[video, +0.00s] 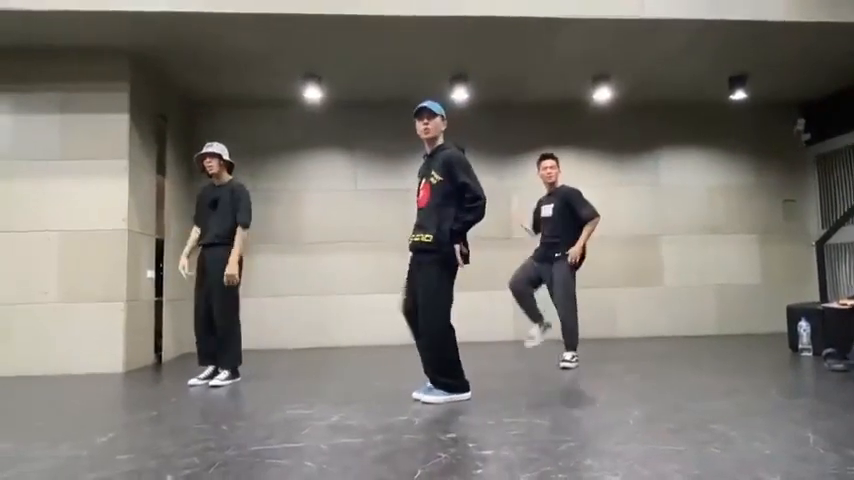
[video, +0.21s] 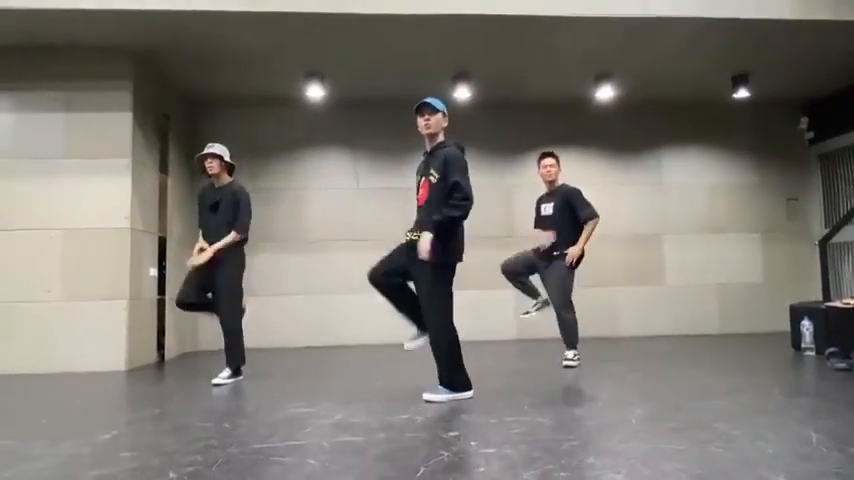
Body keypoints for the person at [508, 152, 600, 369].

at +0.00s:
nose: (549, 172)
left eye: (552, 167)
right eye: (545, 168)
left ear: (559, 170)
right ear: (539, 173)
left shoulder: (570, 194)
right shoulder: (542, 202)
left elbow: (593, 218)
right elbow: (539, 231)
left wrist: (579, 246)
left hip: (562, 258)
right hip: (541, 257)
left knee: (565, 305)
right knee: (517, 284)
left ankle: (570, 352)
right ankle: (540, 324)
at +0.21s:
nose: (549, 170)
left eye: (553, 166)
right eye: (545, 167)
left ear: (559, 169)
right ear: (539, 172)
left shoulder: (569, 193)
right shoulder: (541, 201)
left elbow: (592, 219)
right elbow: (542, 229)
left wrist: (579, 247)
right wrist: (542, 244)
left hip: (562, 256)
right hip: (541, 253)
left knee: (561, 303)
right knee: (509, 268)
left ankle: (571, 350)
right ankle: (540, 299)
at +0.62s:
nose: (539, 167)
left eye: (543, 163)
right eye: (535, 164)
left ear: (549, 168)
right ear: (530, 169)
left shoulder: (561, 194)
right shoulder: (524, 195)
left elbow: (583, 221)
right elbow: (518, 220)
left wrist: (571, 246)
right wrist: (541, 205)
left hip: (556, 256)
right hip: (531, 258)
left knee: (565, 303)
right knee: (521, 302)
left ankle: (577, 348)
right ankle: (517, 346)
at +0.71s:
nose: (536, 168)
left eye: (540, 165)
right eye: (532, 165)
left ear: (547, 169)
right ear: (527, 169)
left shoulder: (559, 194)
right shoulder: (522, 194)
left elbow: (580, 221)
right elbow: (516, 220)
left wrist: (568, 246)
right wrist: (537, 204)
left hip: (554, 255)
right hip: (529, 257)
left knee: (565, 302)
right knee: (519, 301)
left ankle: (577, 347)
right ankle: (516, 346)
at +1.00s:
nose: (511, 175)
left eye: (515, 171)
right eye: (507, 172)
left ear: (523, 174)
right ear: (503, 178)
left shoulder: (539, 196)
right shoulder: (506, 205)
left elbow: (555, 225)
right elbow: (506, 235)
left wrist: (547, 251)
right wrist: (514, 222)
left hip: (536, 255)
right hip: (514, 257)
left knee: (536, 303)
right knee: (505, 301)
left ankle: (571, 337)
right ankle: (513, 346)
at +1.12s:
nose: (509, 170)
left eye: (513, 166)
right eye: (506, 167)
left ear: (522, 169)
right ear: (502, 172)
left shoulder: (533, 186)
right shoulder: (505, 199)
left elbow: (550, 212)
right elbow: (505, 229)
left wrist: (543, 241)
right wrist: (509, 211)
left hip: (533, 248)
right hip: (513, 249)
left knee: (527, 297)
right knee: (508, 297)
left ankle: (565, 330)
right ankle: (514, 344)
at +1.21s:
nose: (509, 169)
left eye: (513, 165)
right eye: (506, 166)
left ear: (522, 168)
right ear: (502, 171)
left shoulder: (533, 184)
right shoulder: (505, 197)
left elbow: (549, 211)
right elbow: (505, 227)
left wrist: (542, 239)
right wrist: (508, 209)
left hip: (532, 246)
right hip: (514, 249)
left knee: (528, 295)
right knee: (508, 296)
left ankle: (564, 331)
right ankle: (515, 343)